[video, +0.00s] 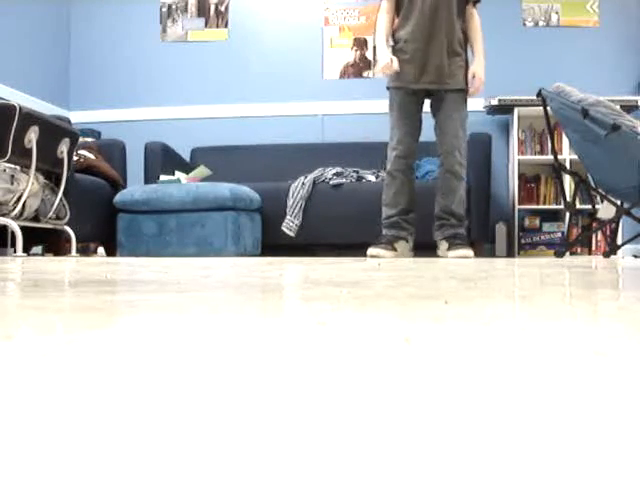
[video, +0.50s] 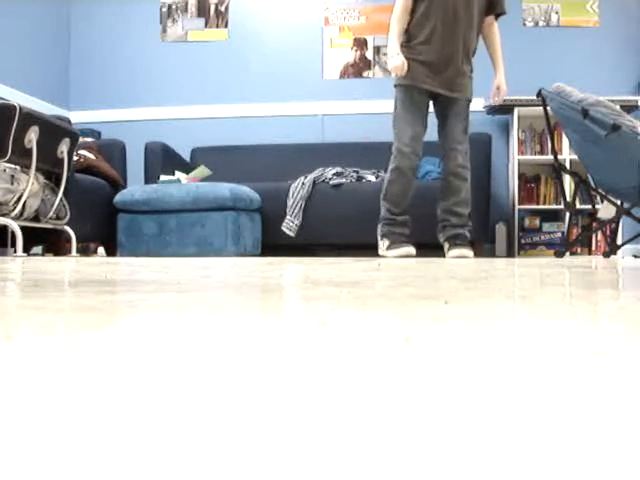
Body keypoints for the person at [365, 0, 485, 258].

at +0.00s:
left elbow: (471, 12)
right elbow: (387, 9)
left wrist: (478, 60)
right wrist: (383, 51)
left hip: (452, 68)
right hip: (405, 67)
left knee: (454, 157)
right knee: (399, 155)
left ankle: (451, 238)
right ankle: (396, 238)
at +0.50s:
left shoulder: (483, 3)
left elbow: (489, 22)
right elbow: (403, 6)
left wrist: (499, 73)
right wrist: (394, 50)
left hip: (458, 71)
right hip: (414, 65)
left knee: (457, 159)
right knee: (407, 153)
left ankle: (456, 237)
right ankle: (392, 235)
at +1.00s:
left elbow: (437, 15)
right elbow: (349, 12)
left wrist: (451, 62)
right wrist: (348, 51)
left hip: (410, 72)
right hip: (365, 69)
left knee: (419, 157)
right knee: (355, 154)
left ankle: (431, 238)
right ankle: (348, 238)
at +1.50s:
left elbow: (399, 4)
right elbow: (305, 24)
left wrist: (415, 35)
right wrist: (282, 64)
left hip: (373, 60)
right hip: (328, 64)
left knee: (372, 143)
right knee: (331, 154)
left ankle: (385, 235)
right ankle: (337, 236)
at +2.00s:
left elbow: (422, 2)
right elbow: (321, 7)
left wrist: (387, 26)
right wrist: (353, 24)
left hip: (395, 56)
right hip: (346, 57)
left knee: (402, 152)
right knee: (342, 154)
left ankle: (412, 237)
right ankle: (337, 238)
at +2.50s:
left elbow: (434, 5)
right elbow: (345, 1)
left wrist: (417, 21)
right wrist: (377, 12)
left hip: (404, 42)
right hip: (359, 37)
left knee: (403, 140)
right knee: (358, 129)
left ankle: (403, 233)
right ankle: (353, 229)